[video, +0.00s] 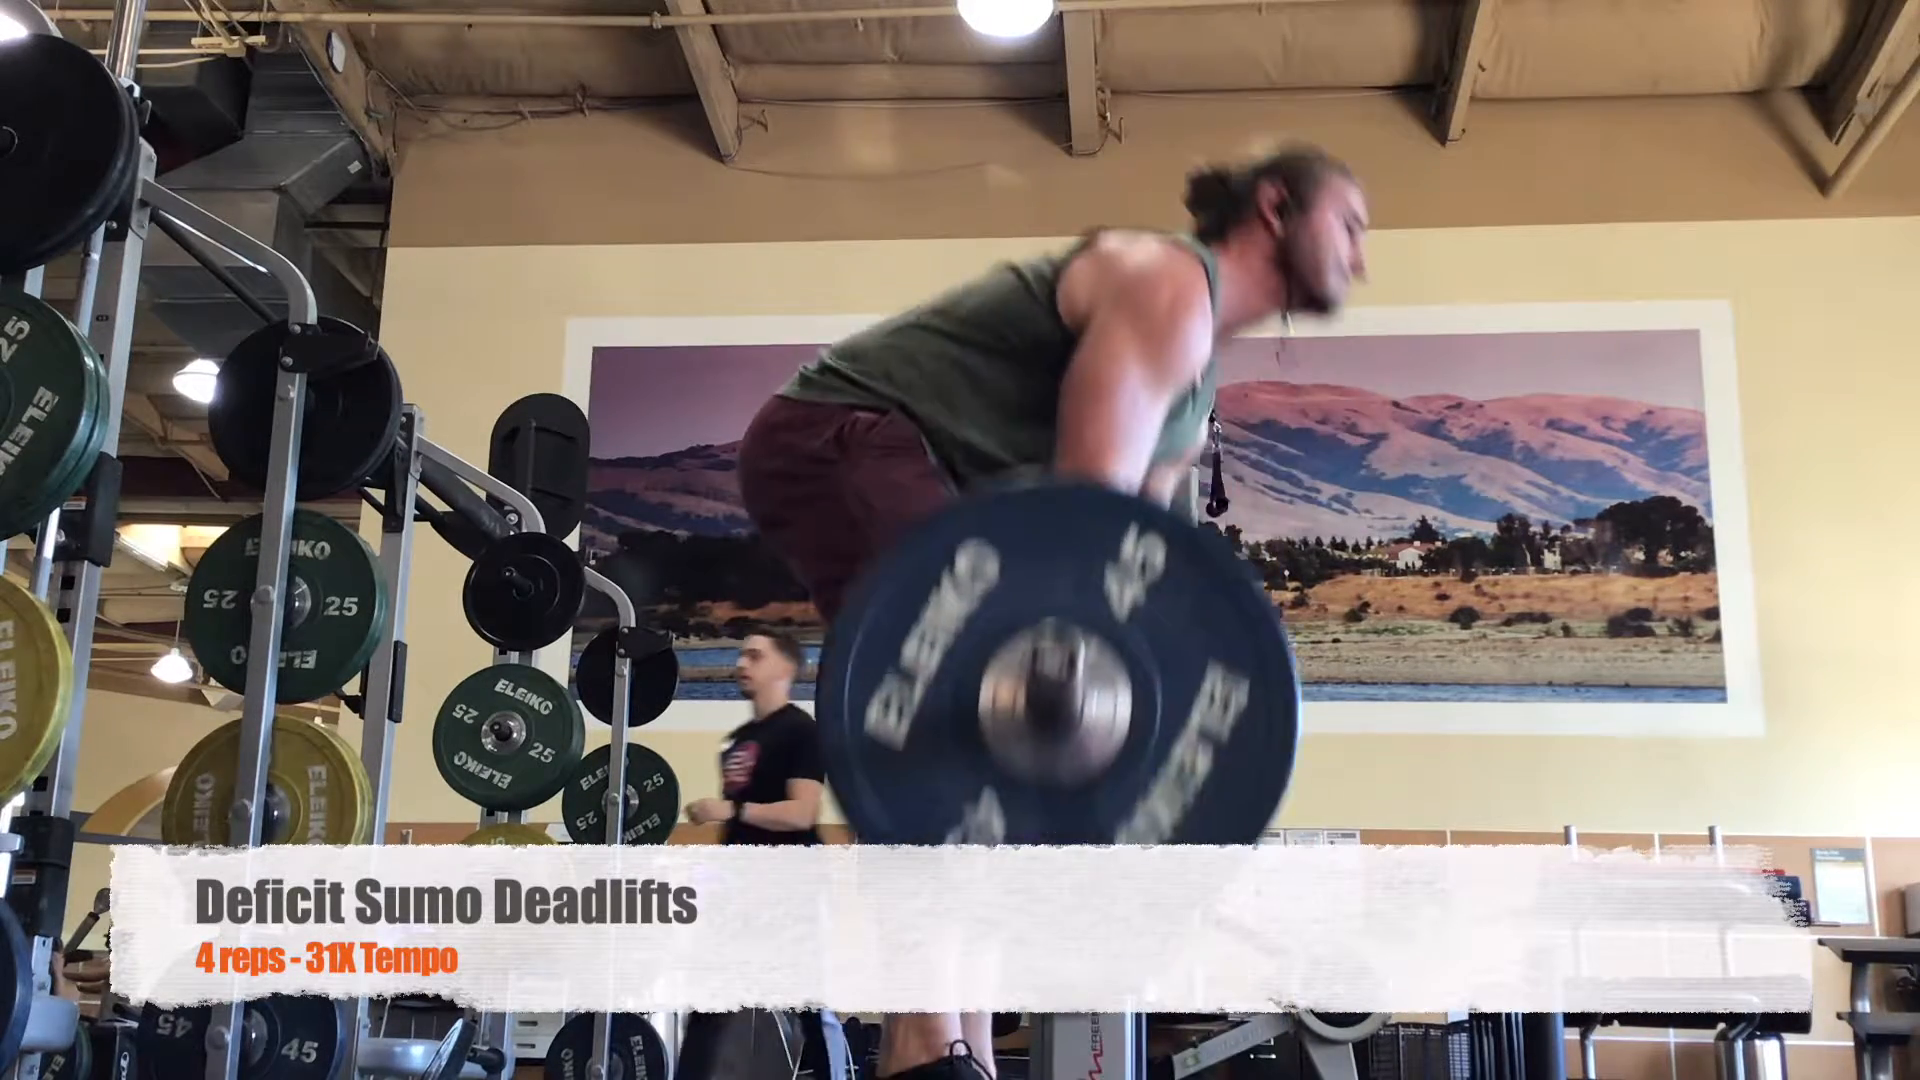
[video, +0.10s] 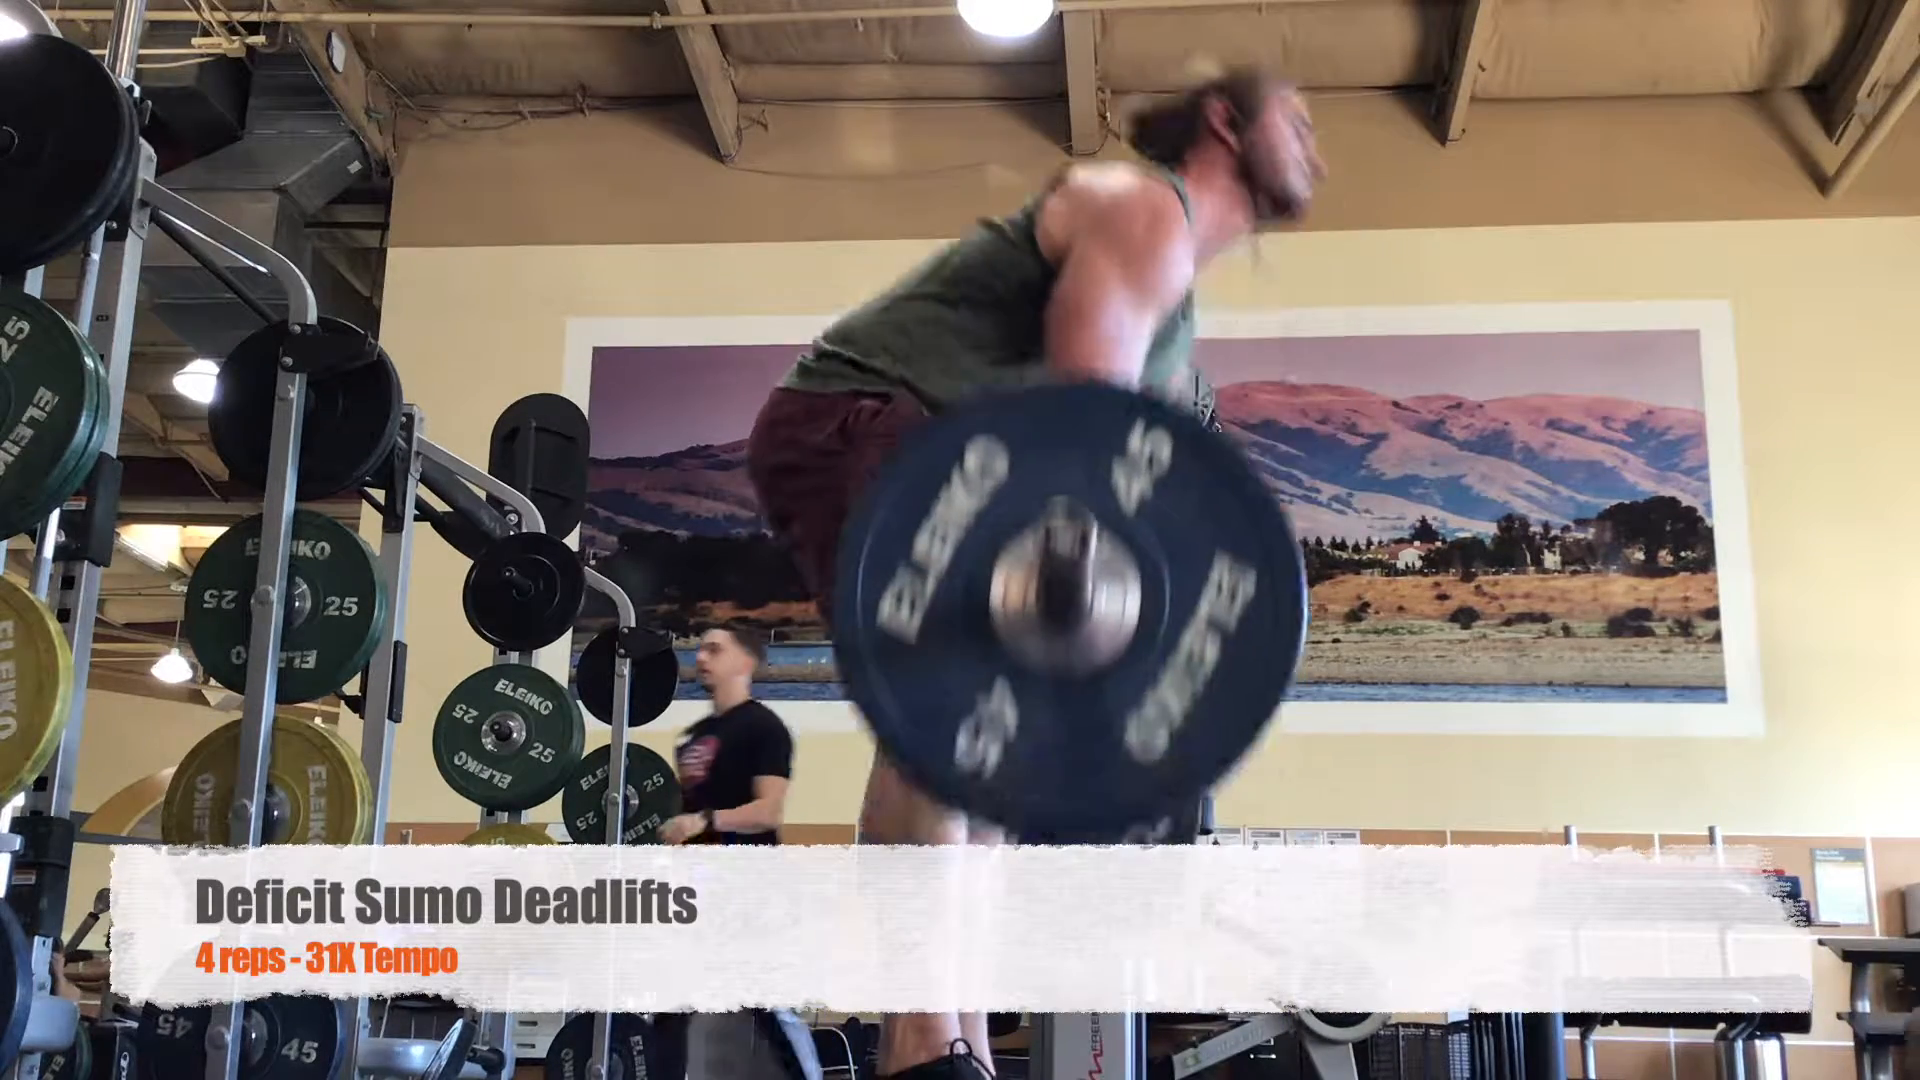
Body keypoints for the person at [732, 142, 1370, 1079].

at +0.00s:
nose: (1361, 258)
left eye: (1364, 235)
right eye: (1350, 225)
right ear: (1274, 206)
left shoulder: (1189, 395)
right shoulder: (1165, 286)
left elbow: (1145, 543)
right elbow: (1089, 502)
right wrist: (1091, 661)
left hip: (911, 466)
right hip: (840, 434)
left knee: (981, 728)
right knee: (945, 713)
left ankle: (965, 1037)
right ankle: (922, 1039)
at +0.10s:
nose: (1313, 149)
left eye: (1312, 133)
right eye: (1295, 125)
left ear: (1229, 134)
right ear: (1224, 123)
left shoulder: (1173, 311)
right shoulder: (1142, 208)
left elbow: (1177, 454)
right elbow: (1085, 397)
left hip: (910, 446)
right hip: (849, 422)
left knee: (974, 728)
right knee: (941, 713)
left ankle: (956, 1038)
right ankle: (922, 1040)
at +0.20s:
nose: (1246, 57)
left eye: (1237, 35)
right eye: (1224, 31)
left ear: (1162, 60)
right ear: (1161, 54)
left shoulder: (1136, 168)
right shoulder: (1114, 133)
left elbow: (1080, 349)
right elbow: (1060, 311)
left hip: (934, 429)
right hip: (858, 413)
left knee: (978, 722)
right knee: (921, 705)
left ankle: (959, 1031)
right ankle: (912, 1039)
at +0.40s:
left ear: (1010, 4)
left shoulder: (1041, 73)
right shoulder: (1012, 55)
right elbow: (1005, 274)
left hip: (1010, 439)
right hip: (956, 432)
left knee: (1014, 723)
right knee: (970, 709)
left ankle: (963, 1025)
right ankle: (917, 1040)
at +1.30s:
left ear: (917, 11)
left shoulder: (950, 78)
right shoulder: (940, 69)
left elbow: (1004, 277)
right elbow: (995, 273)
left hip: (980, 445)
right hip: (941, 441)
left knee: (1002, 735)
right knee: (970, 723)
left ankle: (962, 1043)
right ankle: (915, 1049)